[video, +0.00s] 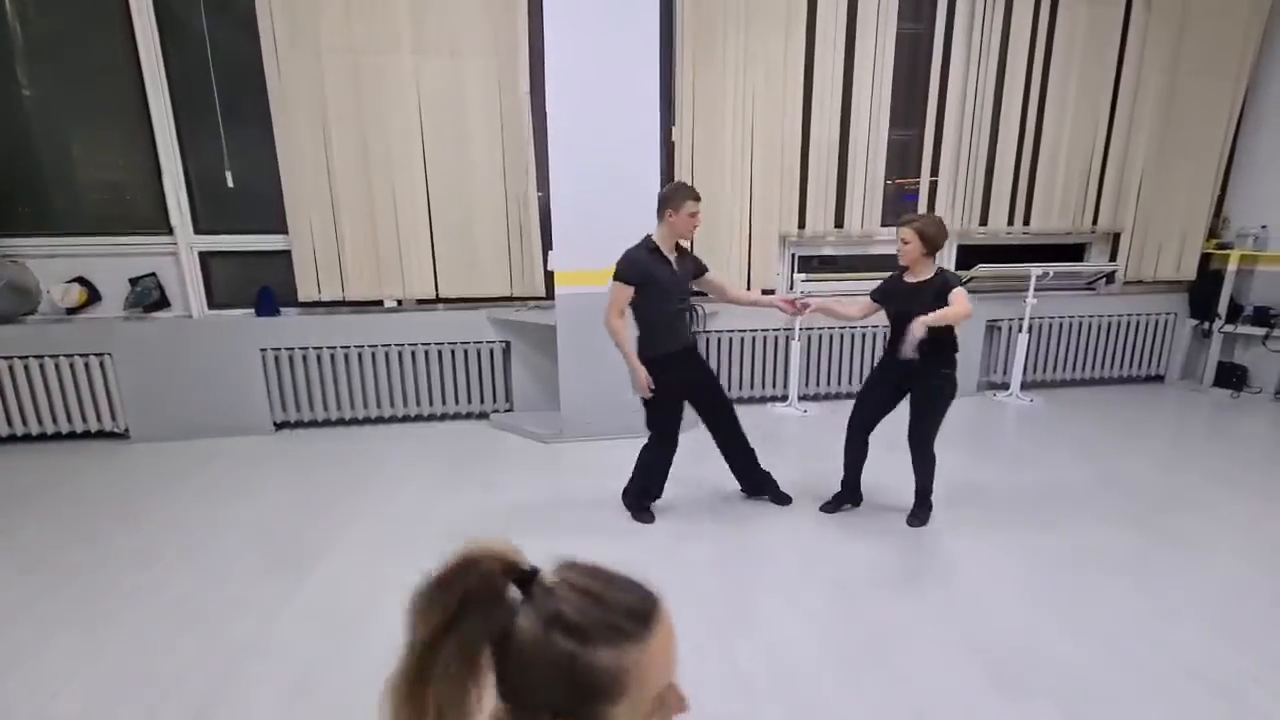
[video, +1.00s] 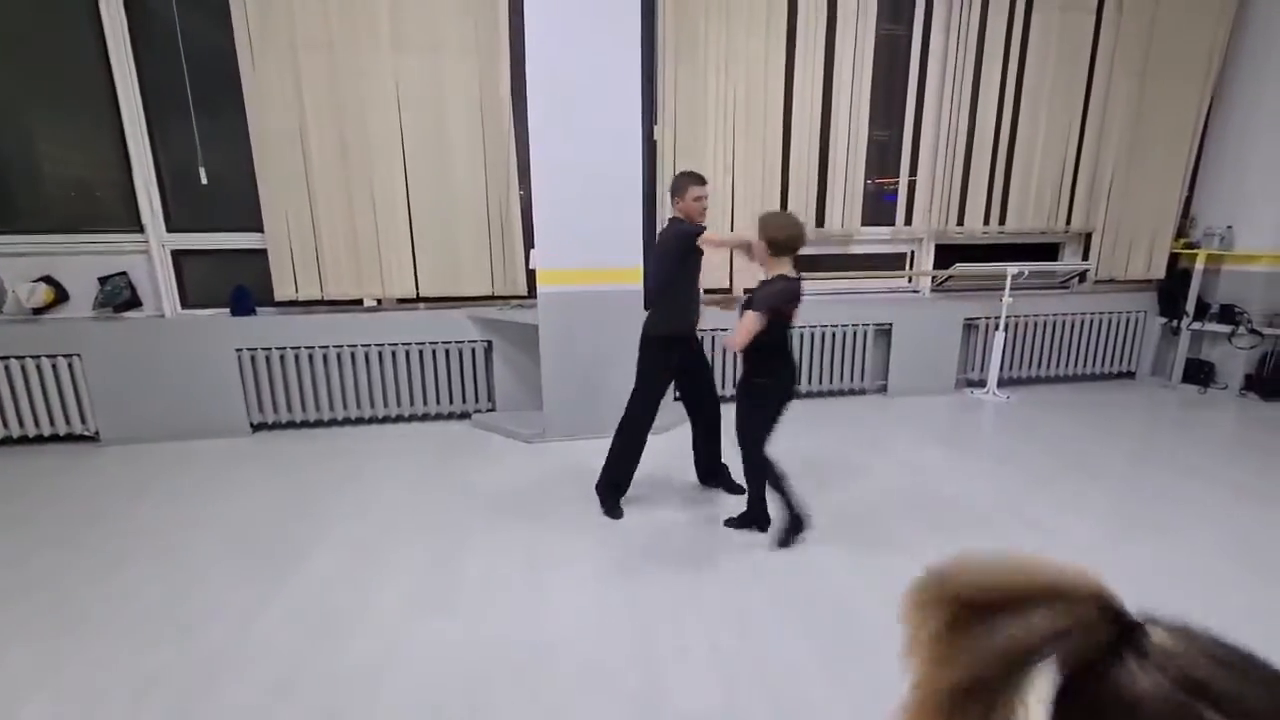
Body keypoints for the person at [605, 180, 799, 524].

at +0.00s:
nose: (698, 222)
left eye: (699, 216)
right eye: (692, 215)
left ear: (675, 217)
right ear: (669, 215)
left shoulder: (686, 260)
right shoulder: (636, 260)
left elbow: (727, 293)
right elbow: (614, 316)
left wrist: (775, 300)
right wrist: (635, 366)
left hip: (688, 356)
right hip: (657, 362)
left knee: (722, 417)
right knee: (664, 437)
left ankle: (755, 481)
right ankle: (637, 497)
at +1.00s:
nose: (705, 205)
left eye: (706, 199)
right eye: (698, 199)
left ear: (692, 202)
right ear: (678, 202)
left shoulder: (675, 235)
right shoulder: (682, 231)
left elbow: (672, 291)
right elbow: (719, 241)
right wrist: (749, 244)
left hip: (684, 338)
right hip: (662, 340)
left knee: (706, 408)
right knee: (639, 416)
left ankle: (711, 472)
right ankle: (609, 488)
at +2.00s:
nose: (668, 210)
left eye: (673, 203)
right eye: (661, 204)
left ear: (683, 206)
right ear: (652, 208)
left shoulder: (701, 251)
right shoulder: (639, 251)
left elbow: (711, 302)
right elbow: (614, 293)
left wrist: (720, 348)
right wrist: (609, 324)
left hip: (688, 345)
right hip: (651, 345)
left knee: (713, 410)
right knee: (621, 417)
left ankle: (731, 475)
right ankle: (579, 487)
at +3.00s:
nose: (622, 209)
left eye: (629, 202)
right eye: (616, 204)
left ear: (644, 207)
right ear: (612, 209)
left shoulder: (664, 257)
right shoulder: (600, 253)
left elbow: (683, 312)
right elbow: (573, 298)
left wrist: (690, 359)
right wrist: (555, 323)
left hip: (662, 349)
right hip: (620, 350)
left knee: (696, 411)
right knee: (599, 415)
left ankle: (735, 473)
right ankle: (580, 486)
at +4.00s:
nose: (645, 219)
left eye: (651, 213)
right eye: (637, 214)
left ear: (660, 216)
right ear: (628, 220)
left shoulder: (674, 253)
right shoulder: (623, 262)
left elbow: (670, 295)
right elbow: (580, 290)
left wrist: (682, 323)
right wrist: (534, 298)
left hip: (678, 353)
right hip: (641, 354)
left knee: (699, 426)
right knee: (601, 416)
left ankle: (694, 478)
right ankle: (547, 476)